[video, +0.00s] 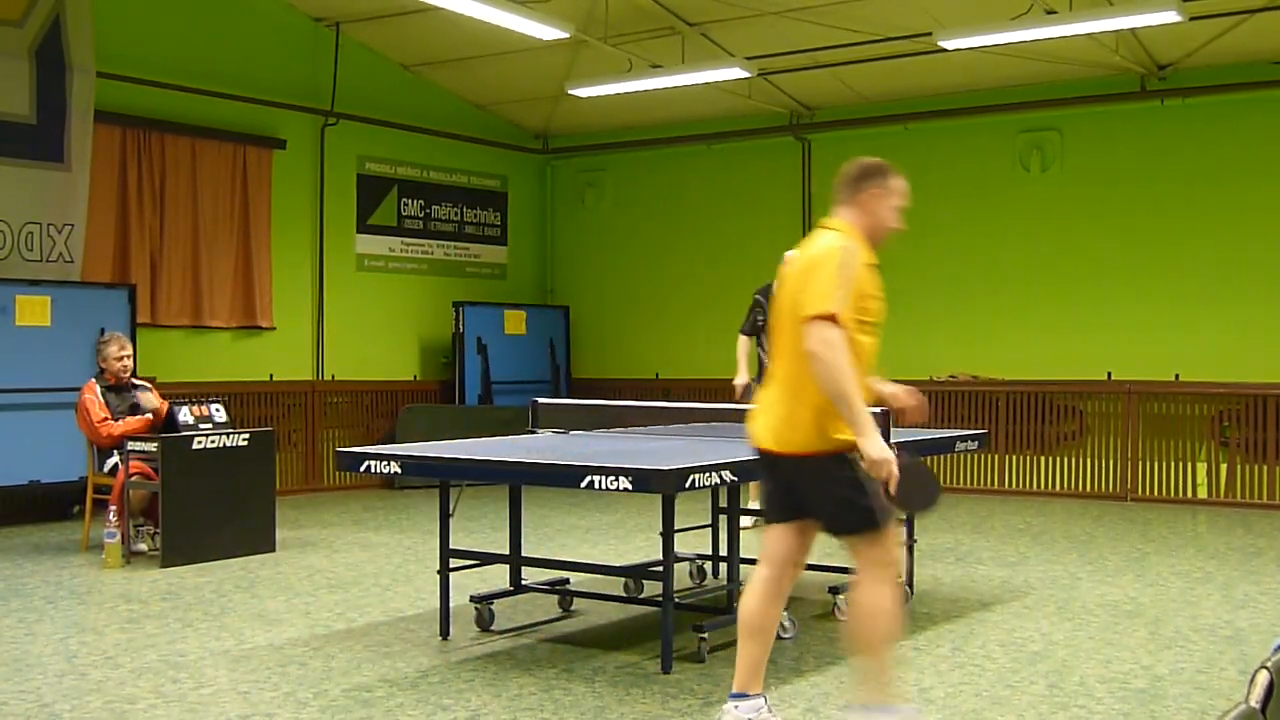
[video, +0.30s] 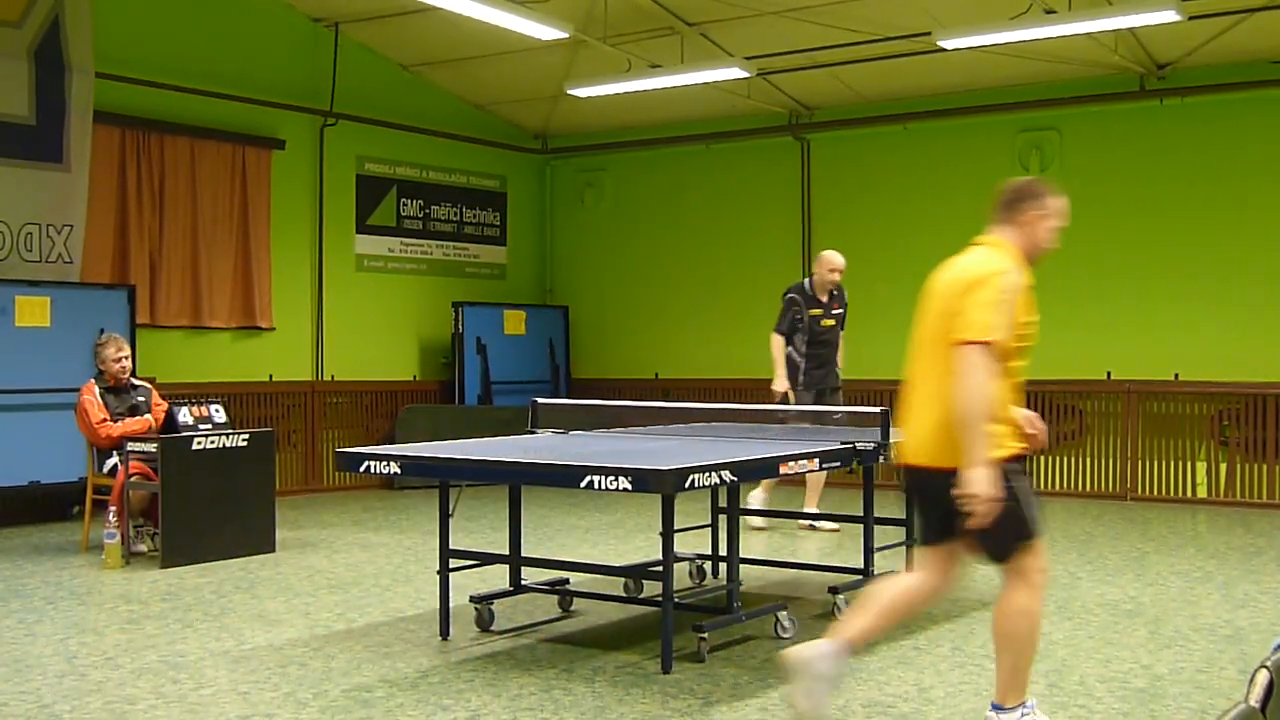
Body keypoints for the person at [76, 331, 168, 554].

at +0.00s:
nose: (126, 364)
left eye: (129, 358)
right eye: (119, 359)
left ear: (134, 359)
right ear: (103, 363)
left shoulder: (144, 387)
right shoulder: (90, 393)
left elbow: (168, 421)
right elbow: (104, 433)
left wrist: (157, 406)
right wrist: (148, 420)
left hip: (151, 451)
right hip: (116, 454)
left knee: (173, 475)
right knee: (141, 480)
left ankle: (156, 526)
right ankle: (135, 524)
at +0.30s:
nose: (124, 365)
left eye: (127, 358)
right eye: (117, 361)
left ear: (132, 359)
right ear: (102, 365)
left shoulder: (145, 388)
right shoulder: (90, 393)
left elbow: (165, 417)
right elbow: (102, 434)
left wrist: (122, 426)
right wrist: (147, 422)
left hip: (153, 452)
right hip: (116, 455)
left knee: (175, 476)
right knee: (140, 481)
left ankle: (155, 527)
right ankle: (135, 524)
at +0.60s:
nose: (124, 367)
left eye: (126, 360)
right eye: (116, 362)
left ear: (131, 360)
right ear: (101, 367)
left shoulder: (146, 388)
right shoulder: (89, 394)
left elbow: (167, 421)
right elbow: (102, 436)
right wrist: (145, 423)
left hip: (152, 453)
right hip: (116, 456)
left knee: (175, 476)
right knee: (140, 482)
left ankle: (152, 527)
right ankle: (134, 526)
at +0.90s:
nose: (121, 365)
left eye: (123, 358)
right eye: (113, 361)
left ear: (128, 358)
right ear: (98, 365)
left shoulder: (143, 384)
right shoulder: (87, 392)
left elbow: (164, 417)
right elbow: (99, 434)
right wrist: (143, 420)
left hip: (152, 450)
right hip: (116, 453)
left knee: (175, 473)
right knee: (139, 479)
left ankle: (152, 524)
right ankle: (133, 523)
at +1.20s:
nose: (118, 363)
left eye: (120, 357)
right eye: (110, 359)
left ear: (125, 356)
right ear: (96, 363)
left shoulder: (141, 382)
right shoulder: (85, 390)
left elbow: (159, 412)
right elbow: (97, 433)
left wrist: (115, 424)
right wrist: (141, 418)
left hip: (150, 448)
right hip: (113, 451)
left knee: (172, 472)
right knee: (138, 478)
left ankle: (147, 523)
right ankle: (128, 521)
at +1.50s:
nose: (118, 362)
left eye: (120, 355)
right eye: (110, 358)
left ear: (125, 354)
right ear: (95, 361)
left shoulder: (141, 381)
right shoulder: (84, 389)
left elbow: (162, 413)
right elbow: (96, 431)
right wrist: (139, 418)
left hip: (149, 447)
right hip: (113, 450)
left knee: (172, 471)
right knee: (136, 477)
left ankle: (147, 521)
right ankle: (129, 520)